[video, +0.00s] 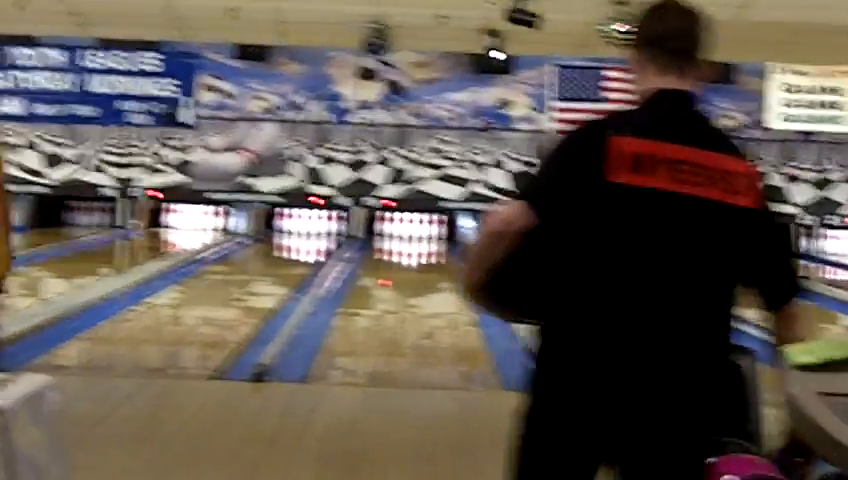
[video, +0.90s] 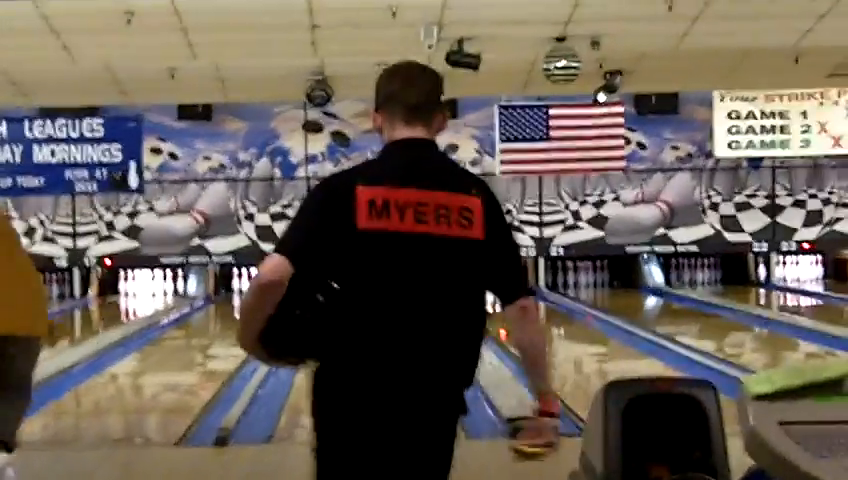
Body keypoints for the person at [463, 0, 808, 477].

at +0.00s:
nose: (633, 62)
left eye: (635, 52)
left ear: (637, 57)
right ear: (698, 65)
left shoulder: (592, 143)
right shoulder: (738, 170)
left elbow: (511, 220)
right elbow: (783, 307)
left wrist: (474, 278)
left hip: (581, 387)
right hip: (688, 396)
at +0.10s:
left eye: (569, 68)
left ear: (573, 66)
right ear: (644, 74)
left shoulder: (527, 147)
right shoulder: (682, 170)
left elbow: (444, 233)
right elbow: (725, 305)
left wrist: (419, 291)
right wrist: (731, 409)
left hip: (516, 404)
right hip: (625, 414)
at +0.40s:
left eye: (508, 92)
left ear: (512, 93)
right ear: (583, 97)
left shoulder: (472, 167)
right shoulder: (626, 182)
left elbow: (393, 254)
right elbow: (657, 310)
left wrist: (366, 317)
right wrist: (661, 415)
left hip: (473, 400)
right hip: (568, 408)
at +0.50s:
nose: (489, 103)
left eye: (487, 95)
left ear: (488, 97)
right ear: (555, 98)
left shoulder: (457, 171)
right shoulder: (603, 179)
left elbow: (374, 258)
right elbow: (643, 296)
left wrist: (357, 325)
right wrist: (658, 404)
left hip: (464, 399)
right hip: (555, 405)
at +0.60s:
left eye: (457, 99)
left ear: (461, 104)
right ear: (519, 103)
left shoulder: (426, 180)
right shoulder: (567, 185)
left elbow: (352, 265)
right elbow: (619, 297)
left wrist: (337, 329)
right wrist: (647, 392)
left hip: (444, 397)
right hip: (530, 400)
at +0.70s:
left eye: (406, 115)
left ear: (410, 117)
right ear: (476, 113)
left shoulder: (379, 185)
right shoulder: (523, 188)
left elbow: (304, 270)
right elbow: (575, 294)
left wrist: (288, 339)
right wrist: (608, 390)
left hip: (394, 401)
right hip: (482, 403)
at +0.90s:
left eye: (376, 117)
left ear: (377, 120)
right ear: (442, 121)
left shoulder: (339, 190)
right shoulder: (477, 198)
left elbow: (272, 275)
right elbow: (522, 308)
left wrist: (248, 337)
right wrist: (545, 394)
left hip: (349, 396)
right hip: (433, 400)